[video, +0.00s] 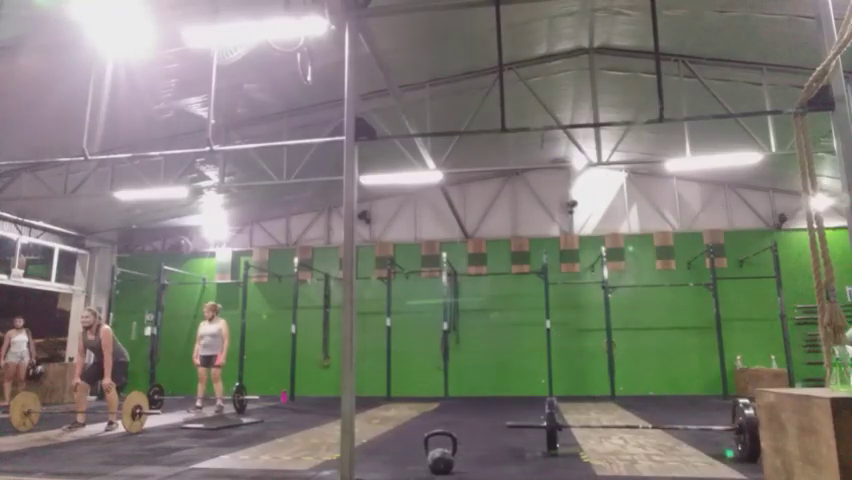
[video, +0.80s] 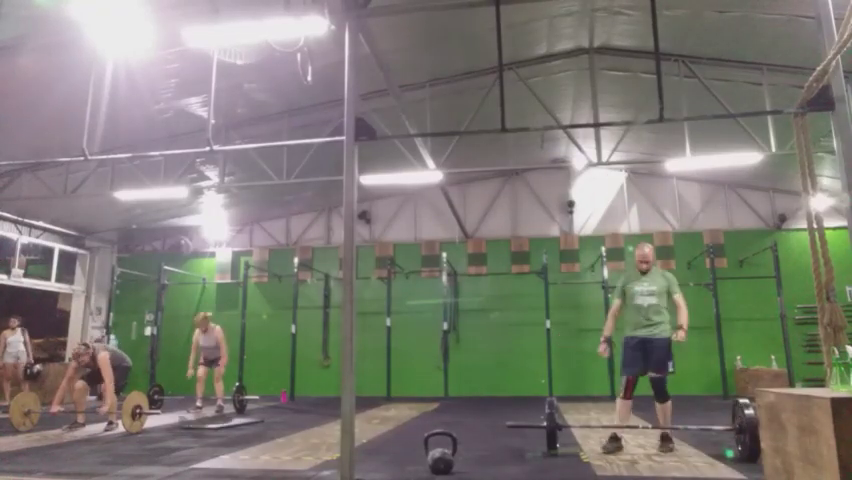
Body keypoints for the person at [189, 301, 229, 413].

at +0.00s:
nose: (206, 314)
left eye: (208, 311)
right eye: (205, 311)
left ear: (214, 312)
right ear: (204, 312)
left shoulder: (221, 323)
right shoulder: (202, 324)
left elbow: (226, 340)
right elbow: (198, 341)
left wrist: (223, 356)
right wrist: (195, 355)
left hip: (216, 353)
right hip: (203, 353)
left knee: (215, 377)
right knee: (201, 378)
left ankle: (219, 401)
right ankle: (199, 401)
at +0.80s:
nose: (202, 329)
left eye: (203, 326)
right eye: (200, 327)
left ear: (207, 324)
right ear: (198, 326)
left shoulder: (217, 330)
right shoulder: (197, 332)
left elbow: (223, 346)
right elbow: (193, 350)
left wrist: (223, 362)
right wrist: (191, 367)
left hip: (217, 356)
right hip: (204, 356)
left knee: (217, 377)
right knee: (200, 375)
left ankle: (220, 401)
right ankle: (199, 400)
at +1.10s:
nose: (193, 348)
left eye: (195, 346)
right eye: (191, 346)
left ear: (201, 346)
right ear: (190, 346)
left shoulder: (210, 354)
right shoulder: (192, 355)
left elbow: (214, 372)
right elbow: (186, 373)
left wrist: (215, 392)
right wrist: (179, 391)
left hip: (219, 365)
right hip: (203, 368)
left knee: (215, 380)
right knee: (192, 379)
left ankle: (219, 403)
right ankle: (196, 404)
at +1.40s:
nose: (192, 344)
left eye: (194, 342)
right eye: (191, 342)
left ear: (200, 342)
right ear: (190, 342)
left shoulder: (210, 349)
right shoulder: (191, 351)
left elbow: (218, 366)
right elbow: (187, 366)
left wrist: (218, 383)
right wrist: (184, 383)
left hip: (217, 362)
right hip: (201, 364)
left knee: (217, 383)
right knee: (194, 379)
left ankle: (219, 404)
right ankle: (197, 404)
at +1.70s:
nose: (204, 312)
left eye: (207, 310)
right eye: (203, 310)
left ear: (213, 311)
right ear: (202, 311)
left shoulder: (218, 323)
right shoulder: (200, 325)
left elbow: (225, 338)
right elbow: (193, 340)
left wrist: (223, 354)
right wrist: (190, 355)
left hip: (215, 354)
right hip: (202, 355)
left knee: (215, 379)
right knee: (201, 379)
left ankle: (219, 403)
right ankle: (198, 403)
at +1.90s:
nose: (198, 335)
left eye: (201, 333)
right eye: (197, 333)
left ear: (207, 334)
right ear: (195, 334)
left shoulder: (215, 343)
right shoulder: (197, 344)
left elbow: (221, 361)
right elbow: (191, 360)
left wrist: (219, 377)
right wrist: (186, 377)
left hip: (219, 362)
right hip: (205, 363)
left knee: (218, 381)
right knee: (195, 378)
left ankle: (219, 403)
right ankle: (197, 404)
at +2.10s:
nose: (197, 332)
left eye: (199, 330)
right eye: (196, 330)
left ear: (205, 331)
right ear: (195, 331)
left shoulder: (214, 340)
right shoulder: (196, 342)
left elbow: (219, 355)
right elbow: (190, 358)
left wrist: (221, 374)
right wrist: (186, 375)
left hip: (218, 360)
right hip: (205, 361)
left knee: (219, 381)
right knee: (196, 378)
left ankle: (219, 403)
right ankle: (198, 404)